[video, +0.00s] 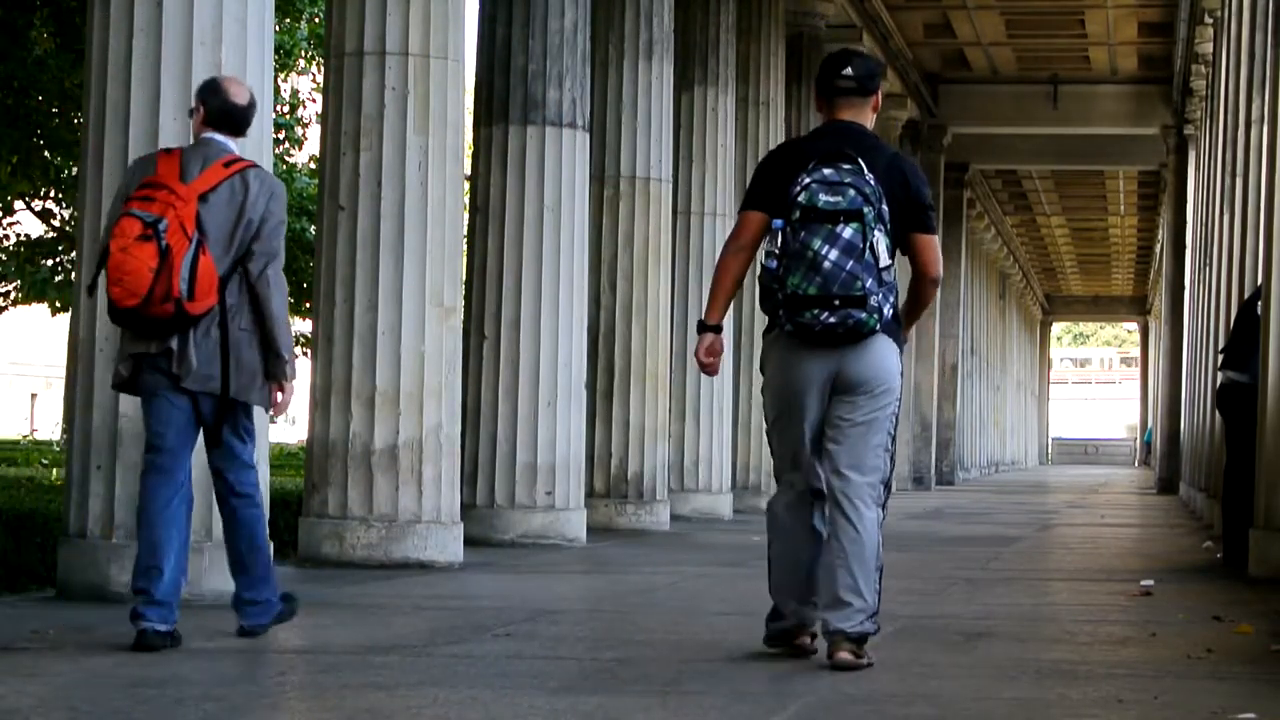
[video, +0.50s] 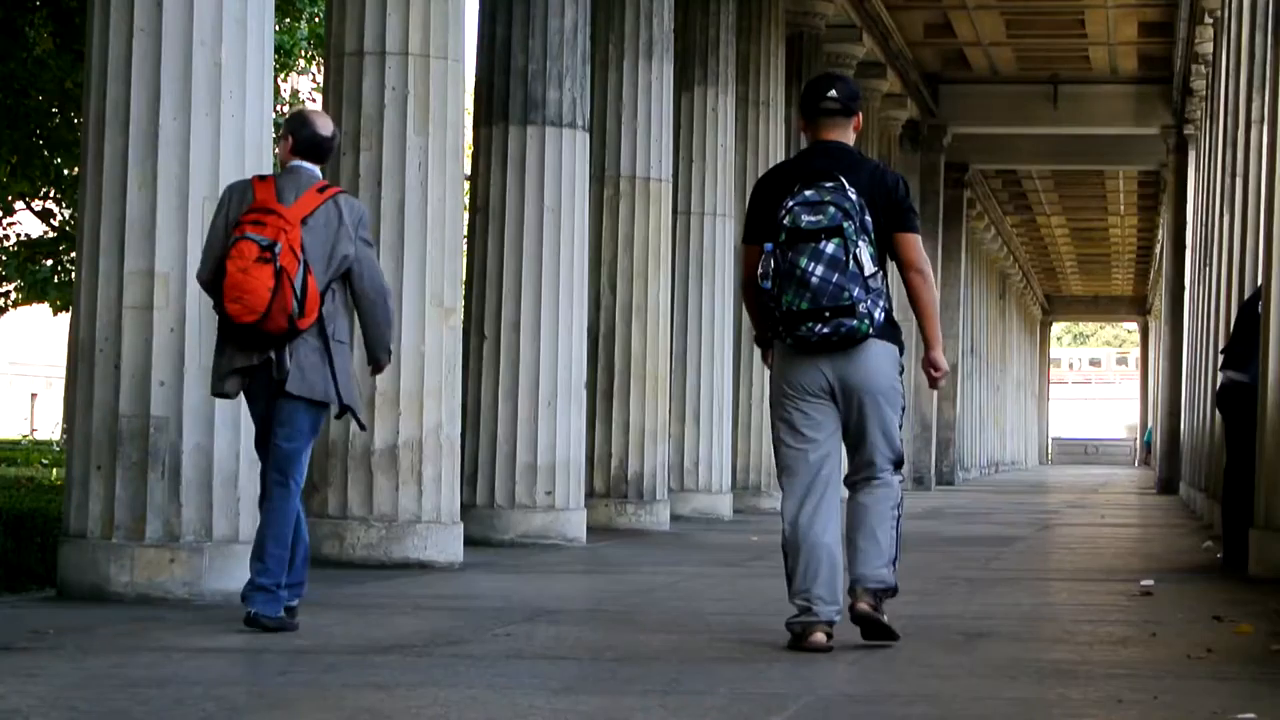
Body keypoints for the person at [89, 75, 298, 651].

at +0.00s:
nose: (193, 109)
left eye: (196, 103)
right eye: (202, 103)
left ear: (198, 116)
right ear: (246, 130)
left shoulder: (148, 169)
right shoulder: (262, 187)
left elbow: (112, 252)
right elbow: (266, 276)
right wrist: (281, 363)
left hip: (159, 350)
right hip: (229, 355)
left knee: (163, 476)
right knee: (239, 483)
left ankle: (153, 617)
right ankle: (258, 604)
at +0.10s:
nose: (216, 126)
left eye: (217, 121)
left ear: (220, 131)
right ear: (270, 140)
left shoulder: (171, 182)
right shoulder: (282, 200)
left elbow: (134, 260)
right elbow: (283, 286)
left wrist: (149, 332)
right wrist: (297, 362)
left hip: (178, 352)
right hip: (248, 358)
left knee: (180, 470)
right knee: (253, 479)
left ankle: (156, 602)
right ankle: (264, 602)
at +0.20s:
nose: (236, 129)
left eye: (239, 124)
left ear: (242, 135)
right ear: (288, 148)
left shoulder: (193, 185)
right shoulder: (304, 206)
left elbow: (157, 264)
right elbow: (309, 288)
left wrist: (185, 330)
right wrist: (321, 365)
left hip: (202, 355)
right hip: (271, 362)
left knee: (206, 469)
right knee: (270, 485)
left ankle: (175, 561)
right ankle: (265, 608)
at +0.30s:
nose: (251, 131)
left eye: (253, 125)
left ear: (257, 132)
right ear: (301, 147)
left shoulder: (207, 182)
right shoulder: (319, 201)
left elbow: (175, 262)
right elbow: (328, 287)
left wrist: (207, 323)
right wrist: (347, 366)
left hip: (222, 353)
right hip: (287, 359)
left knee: (229, 461)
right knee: (279, 483)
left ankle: (205, 549)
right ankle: (265, 608)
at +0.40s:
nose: (262, 131)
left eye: (265, 125)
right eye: (273, 124)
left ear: (269, 132)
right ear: (313, 144)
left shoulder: (224, 182)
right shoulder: (333, 200)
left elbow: (193, 262)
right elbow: (353, 288)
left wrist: (229, 310)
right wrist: (365, 356)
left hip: (239, 348)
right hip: (299, 352)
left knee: (250, 460)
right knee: (281, 478)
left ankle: (237, 586)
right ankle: (265, 606)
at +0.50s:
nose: (276, 141)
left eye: (279, 136)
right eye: (283, 134)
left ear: (285, 146)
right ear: (327, 157)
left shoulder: (240, 195)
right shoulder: (345, 210)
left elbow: (208, 273)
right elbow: (371, 288)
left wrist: (241, 320)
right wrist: (380, 349)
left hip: (251, 351)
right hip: (311, 355)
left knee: (279, 471)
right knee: (284, 476)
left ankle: (288, 587)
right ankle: (264, 601)